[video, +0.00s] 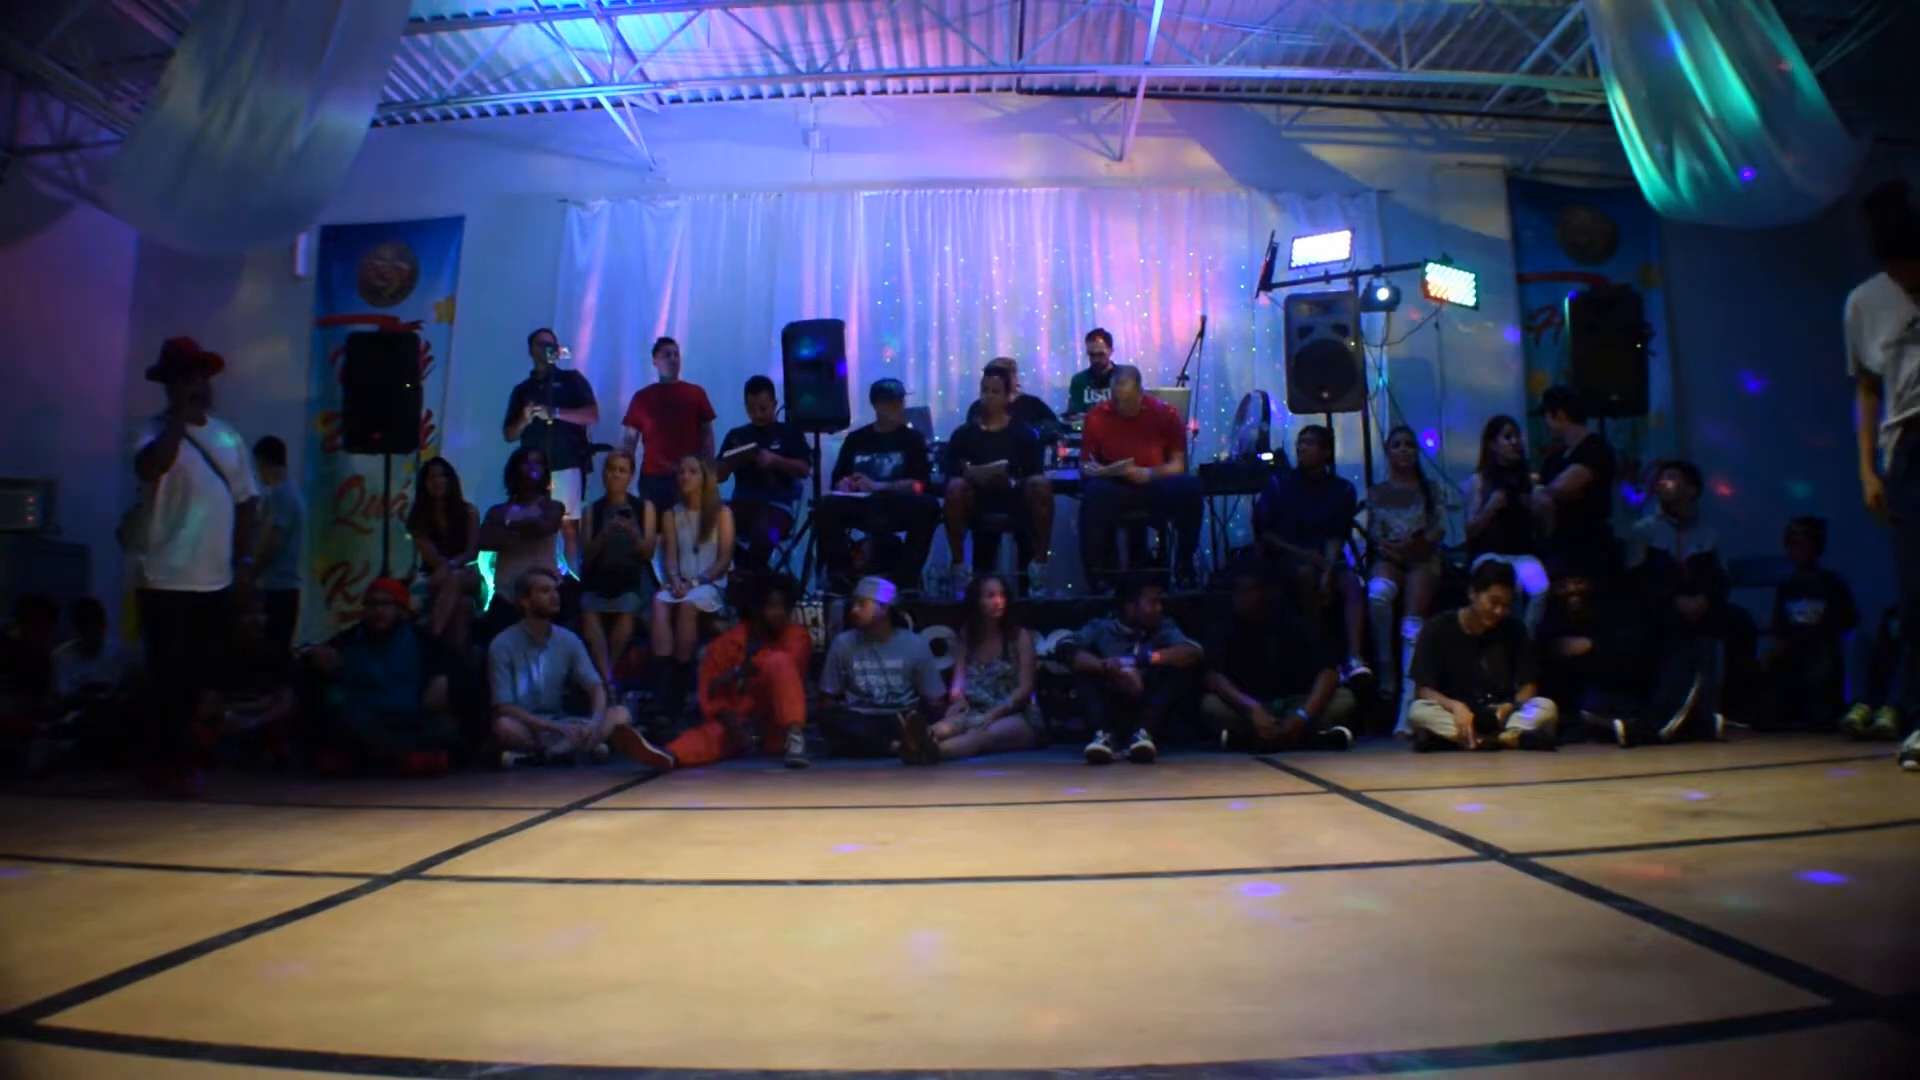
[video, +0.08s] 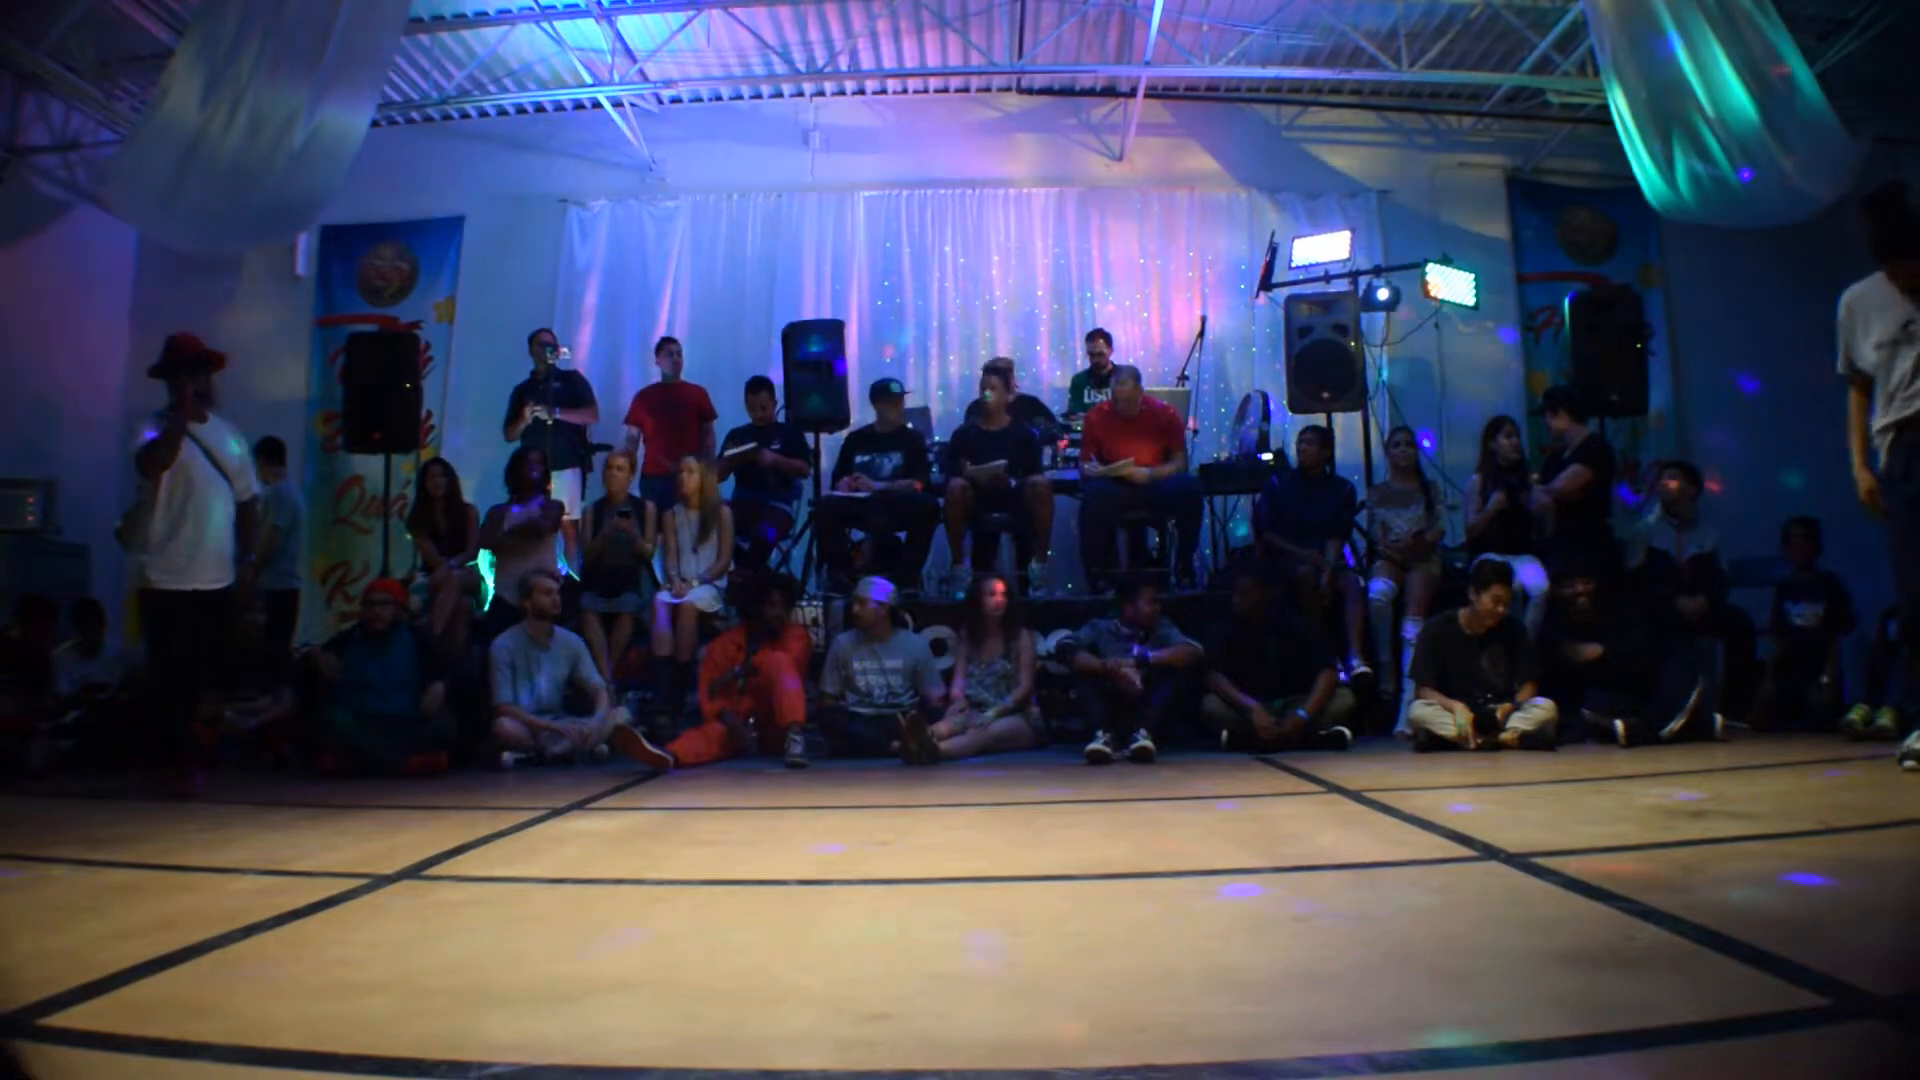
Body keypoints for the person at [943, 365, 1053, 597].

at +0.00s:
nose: (987, 397)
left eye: (994, 392)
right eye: (984, 391)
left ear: (1008, 396)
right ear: (979, 392)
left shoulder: (1023, 434)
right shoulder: (963, 434)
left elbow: (1034, 472)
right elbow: (949, 469)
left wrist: (1009, 481)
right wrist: (972, 473)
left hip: (1012, 492)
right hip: (977, 492)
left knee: (1040, 486)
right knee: (956, 487)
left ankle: (1040, 562)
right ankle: (958, 565)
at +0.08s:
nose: (986, 394)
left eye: (992, 389)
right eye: (983, 388)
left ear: (1008, 394)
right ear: (978, 392)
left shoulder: (1023, 433)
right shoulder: (965, 433)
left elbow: (1034, 471)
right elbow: (950, 466)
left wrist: (1008, 479)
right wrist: (974, 474)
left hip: (1013, 490)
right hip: (978, 491)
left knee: (1040, 486)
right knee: (956, 487)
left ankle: (1040, 562)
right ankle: (958, 565)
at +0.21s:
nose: (981, 393)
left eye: (987, 387)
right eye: (979, 387)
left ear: (1005, 392)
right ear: (977, 393)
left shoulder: (1023, 431)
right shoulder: (966, 432)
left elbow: (1035, 472)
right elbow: (950, 467)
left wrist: (1009, 480)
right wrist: (976, 474)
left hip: (1013, 490)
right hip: (978, 491)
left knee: (1040, 486)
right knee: (956, 487)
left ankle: (1040, 563)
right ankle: (957, 565)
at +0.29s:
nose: (983, 397)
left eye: (989, 391)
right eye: (979, 392)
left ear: (1003, 396)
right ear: (976, 398)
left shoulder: (1022, 432)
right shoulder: (966, 433)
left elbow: (1035, 472)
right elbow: (951, 470)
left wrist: (1009, 480)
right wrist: (977, 475)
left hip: (1012, 489)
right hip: (978, 490)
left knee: (1040, 485)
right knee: (957, 487)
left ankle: (1040, 562)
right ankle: (958, 565)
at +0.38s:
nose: (981, 394)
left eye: (986, 388)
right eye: (977, 389)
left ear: (1002, 394)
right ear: (974, 396)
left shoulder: (1022, 432)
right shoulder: (965, 433)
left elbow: (1035, 472)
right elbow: (950, 470)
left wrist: (1009, 481)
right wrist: (977, 475)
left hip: (1012, 490)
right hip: (978, 491)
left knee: (1040, 486)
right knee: (957, 487)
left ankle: (1041, 562)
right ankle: (958, 565)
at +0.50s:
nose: (984, 398)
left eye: (990, 390)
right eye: (978, 391)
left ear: (1004, 394)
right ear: (972, 397)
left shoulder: (1022, 432)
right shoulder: (965, 433)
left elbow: (1035, 473)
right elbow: (953, 472)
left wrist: (1010, 481)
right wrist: (981, 477)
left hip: (1013, 492)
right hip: (978, 493)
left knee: (1040, 486)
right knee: (957, 488)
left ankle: (1041, 562)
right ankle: (957, 564)